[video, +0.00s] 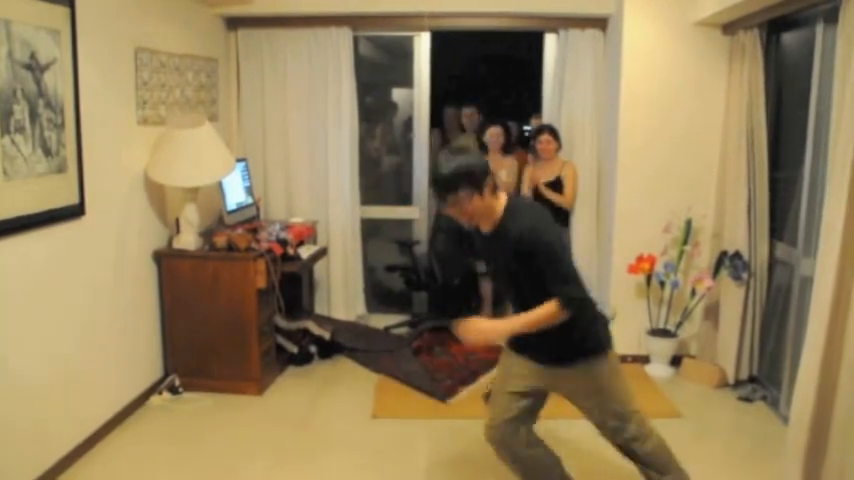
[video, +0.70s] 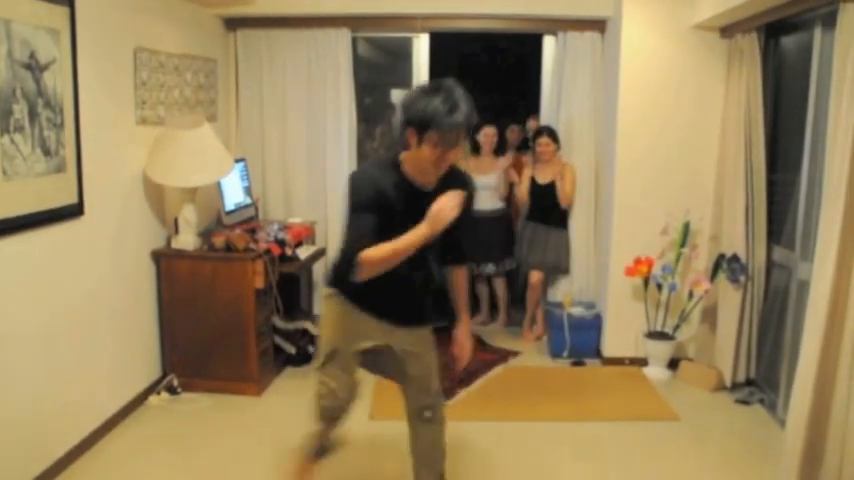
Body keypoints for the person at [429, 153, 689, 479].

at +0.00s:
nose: (455, 214)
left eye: (458, 204)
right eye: (450, 207)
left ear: (483, 191)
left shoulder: (531, 226)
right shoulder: (486, 228)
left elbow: (570, 301)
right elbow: (508, 287)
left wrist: (502, 328)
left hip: (581, 353)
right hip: (528, 350)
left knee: (628, 433)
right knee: (504, 432)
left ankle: (676, 476)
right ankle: (557, 477)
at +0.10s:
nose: (463, 186)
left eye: (470, 175)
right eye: (455, 177)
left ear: (495, 161)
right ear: (447, 174)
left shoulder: (535, 193)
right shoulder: (464, 205)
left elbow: (594, 252)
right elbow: (466, 259)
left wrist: (558, 315)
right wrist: (452, 308)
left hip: (571, 320)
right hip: (516, 326)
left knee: (585, 409)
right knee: (512, 420)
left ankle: (657, 473)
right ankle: (556, 476)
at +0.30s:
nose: (476, 157)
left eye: (485, 144)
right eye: (465, 146)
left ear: (503, 132)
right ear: (449, 140)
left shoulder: (538, 171)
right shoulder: (439, 190)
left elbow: (607, 207)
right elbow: (409, 266)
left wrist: (667, 244)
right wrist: (366, 323)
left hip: (530, 288)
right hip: (478, 299)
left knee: (476, 358)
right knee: (504, 394)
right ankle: (552, 467)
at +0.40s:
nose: (484, 155)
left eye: (492, 144)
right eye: (474, 144)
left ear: (502, 142)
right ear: (452, 141)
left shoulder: (517, 185)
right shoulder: (428, 196)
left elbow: (575, 221)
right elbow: (422, 282)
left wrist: (633, 252)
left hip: (498, 320)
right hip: (447, 324)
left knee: (452, 399)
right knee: (496, 412)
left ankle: (437, 475)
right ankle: (564, 472)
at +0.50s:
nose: (477, 153)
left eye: (486, 143)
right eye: (469, 141)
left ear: (496, 143)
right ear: (443, 138)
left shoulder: (493, 191)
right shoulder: (413, 190)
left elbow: (532, 243)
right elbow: (421, 273)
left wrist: (580, 276)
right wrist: (494, 308)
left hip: (470, 329)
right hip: (425, 329)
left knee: (440, 427)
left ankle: (440, 474)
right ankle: (518, 457)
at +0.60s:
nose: (466, 151)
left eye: (473, 141)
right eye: (458, 140)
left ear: (480, 141)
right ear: (430, 136)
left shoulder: (476, 190)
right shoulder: (395, 186)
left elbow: (492, 254)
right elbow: (403, 268)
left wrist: (525, 300)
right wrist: (487, 246)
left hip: (450, 331)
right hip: (396, 327)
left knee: (438, 436)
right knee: (373, 416)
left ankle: (436, 474)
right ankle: (425, 430)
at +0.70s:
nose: (447, 159)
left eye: (455, 148)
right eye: (439, 147)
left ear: (463, 146)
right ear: (412, 139)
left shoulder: (455, 186)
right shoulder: (371, 181)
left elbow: (456, 259)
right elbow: (359, 266)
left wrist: (463, 324)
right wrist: (428, 229)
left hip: (413, 315)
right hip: (352, 305)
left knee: (427, 410)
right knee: (334, 392)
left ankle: (430, 474)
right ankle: (319, 442)